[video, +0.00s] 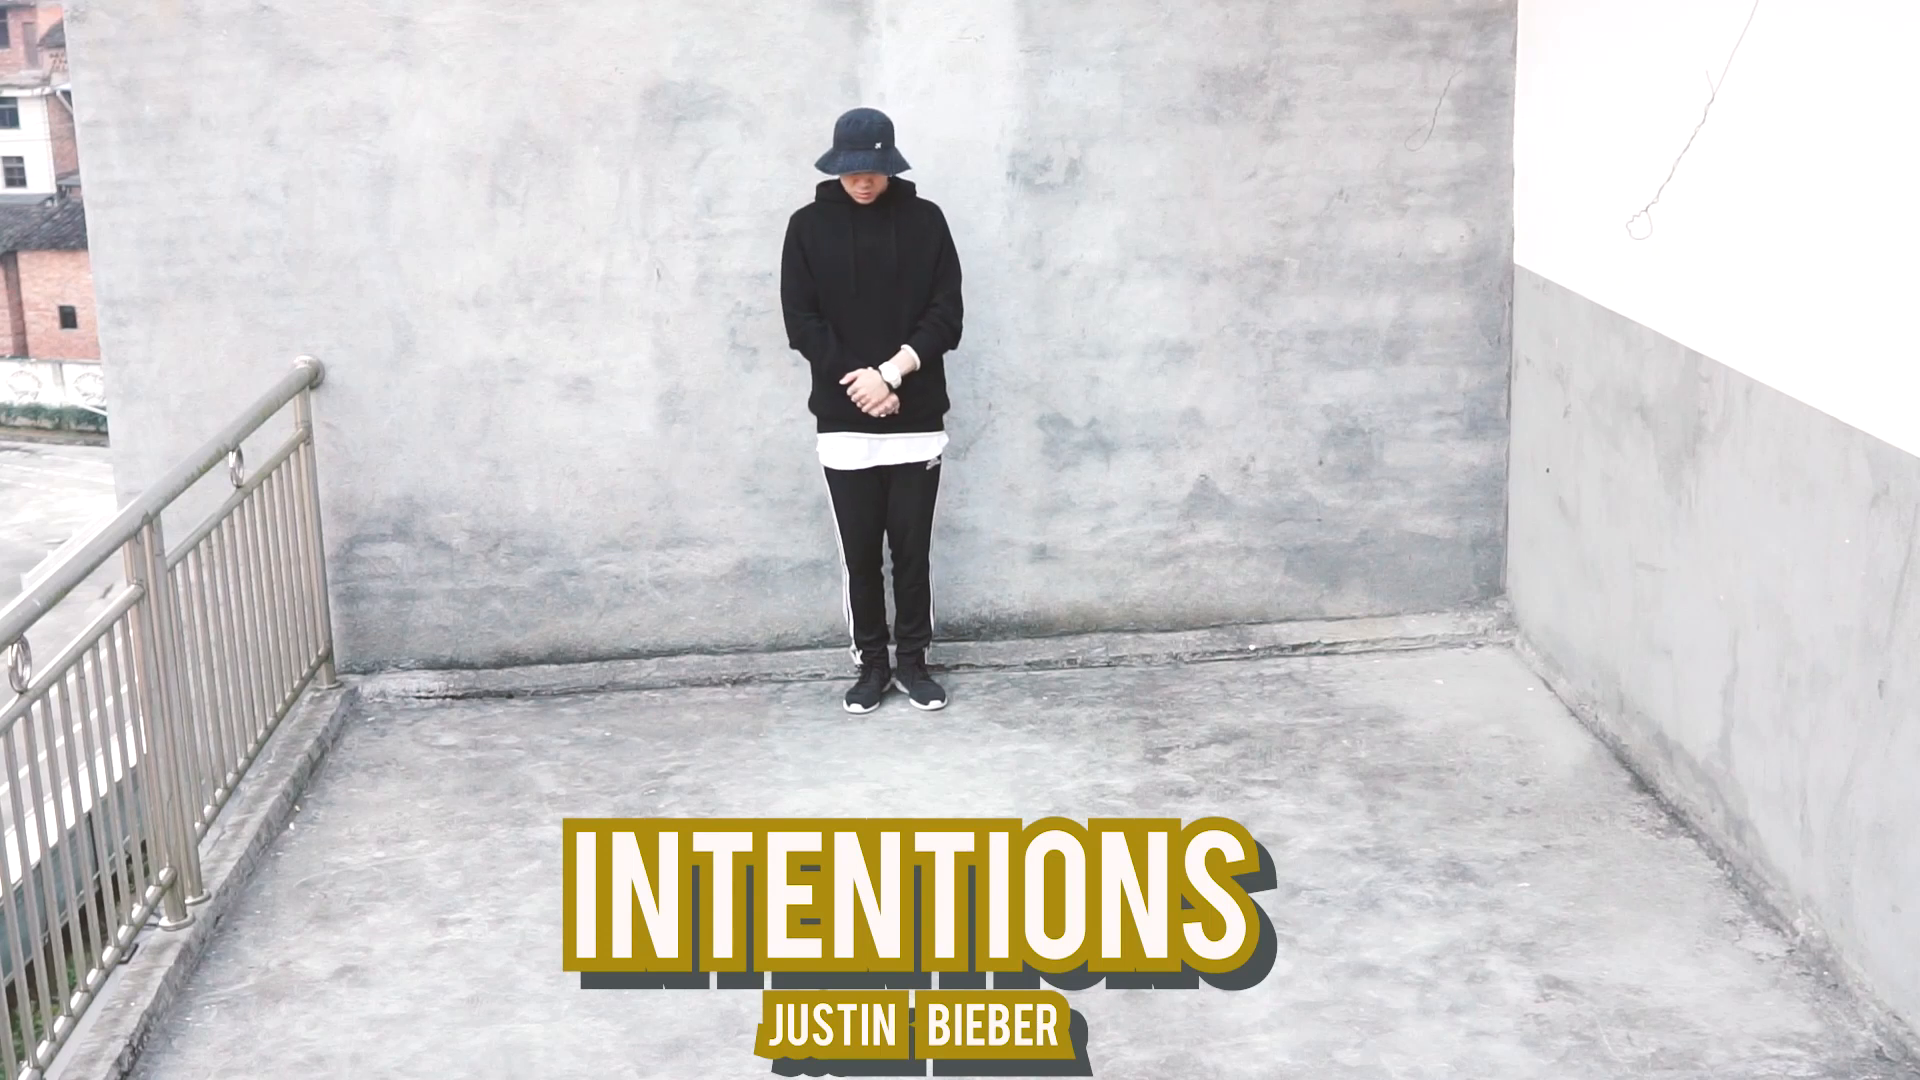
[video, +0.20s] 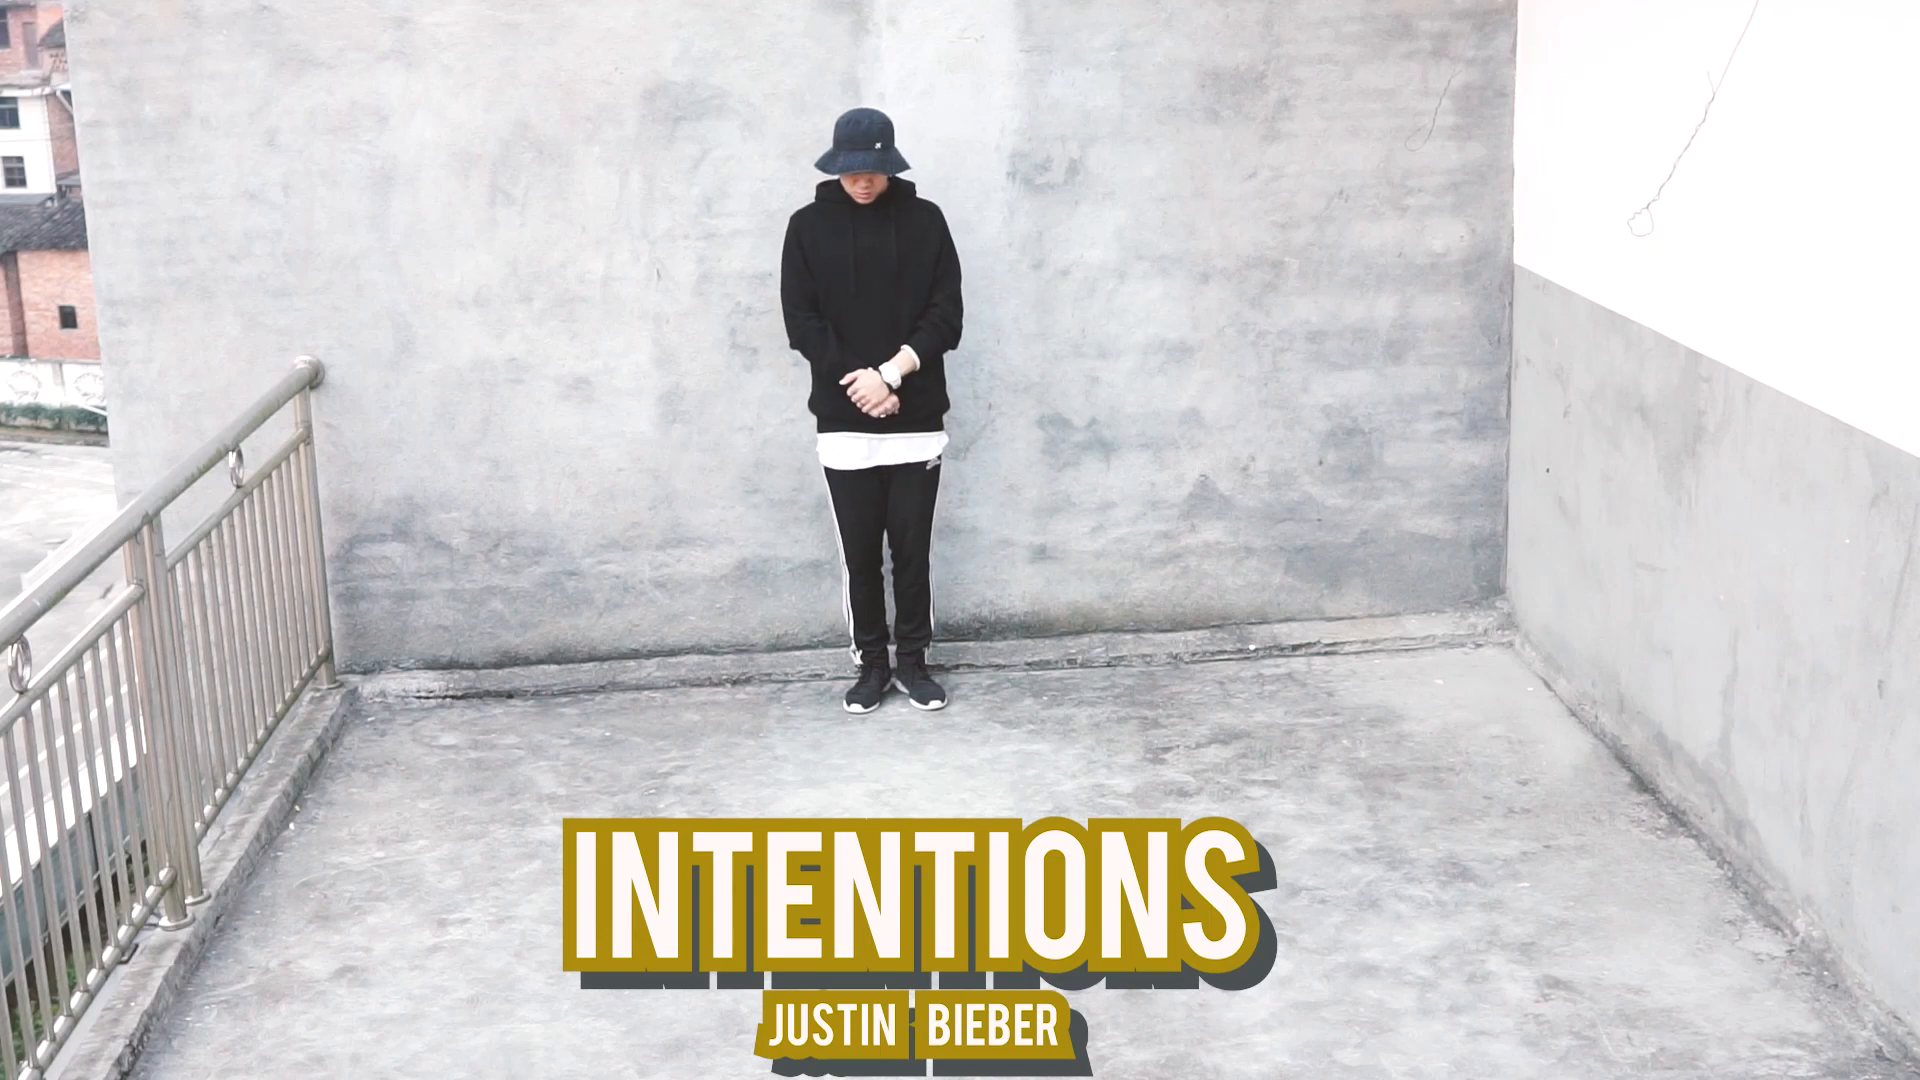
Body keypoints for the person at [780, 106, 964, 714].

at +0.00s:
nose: (862, 181)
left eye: (872, 171)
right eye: (851, 171)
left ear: (891, 166)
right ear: (835, 168)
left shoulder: (924, 219)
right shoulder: (809, 225)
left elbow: (947, 315)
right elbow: (801, 322)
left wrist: (892, 368)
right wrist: (859, 383)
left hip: (917, 412)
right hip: (842, 415)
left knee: (911, 548)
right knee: (860, 551)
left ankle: (913, 663)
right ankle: (872, 666)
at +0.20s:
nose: (862, 182)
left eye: (873, 171)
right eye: (851, 171)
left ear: (891, 166)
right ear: (835, 169)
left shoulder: (924, 219)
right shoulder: (809, 225)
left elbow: (947, 315)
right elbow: (802, 322)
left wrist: (892, 369)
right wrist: (859, 383)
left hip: (916, 412)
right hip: (842, 415)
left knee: (911, 548)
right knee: (860, 552)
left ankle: (913, 663)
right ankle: (872, 666)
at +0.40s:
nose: (861, 181)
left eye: (872, 171)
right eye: (851, 171)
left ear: (891, 166)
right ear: (835, 168)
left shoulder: (924, 219)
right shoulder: (809, 225)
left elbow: (947, 315)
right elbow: (802, 322)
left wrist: (892, 369)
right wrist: (859, 383)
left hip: (917, 412)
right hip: (843, 415)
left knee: (911, 548)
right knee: (860, 551)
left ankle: (913, 663)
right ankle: (872, 666)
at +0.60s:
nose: (861, 182)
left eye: (872, 171)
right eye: (851, 171)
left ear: (891, 166)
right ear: (835, 169)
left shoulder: (925, 219)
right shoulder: (810, 226)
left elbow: (947, 316)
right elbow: (803, 322)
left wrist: (892, 371)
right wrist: (860, 384)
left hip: (917, 413)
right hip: (843, 416)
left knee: (912, 548)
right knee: (860, 551)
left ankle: (913, 663)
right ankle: (872, 666)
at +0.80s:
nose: (863, 182)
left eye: (874, 171)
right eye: (852, 172)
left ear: (893, 167)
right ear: (837, 169)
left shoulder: (926, 220)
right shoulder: (813, 226)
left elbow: (948, 316)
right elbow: (804, 323)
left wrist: (893, 372)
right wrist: (861, 385)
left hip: (918, 414)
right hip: (844, 416)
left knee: (912, 549)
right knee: (861, 552)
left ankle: (913, 663)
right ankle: (872, 666)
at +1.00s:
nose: (865, 182)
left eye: (876, 171)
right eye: (855, 171)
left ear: (895, 167)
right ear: (840, 169)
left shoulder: (927, 220)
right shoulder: (814, 226)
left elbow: (948, 317)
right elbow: (806, 323)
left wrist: (893, 372)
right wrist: (864, 386)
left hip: (919, 414)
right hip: (844, 417)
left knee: (912, 548)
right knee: (861, 552)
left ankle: (913, 663)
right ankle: (872, 666)